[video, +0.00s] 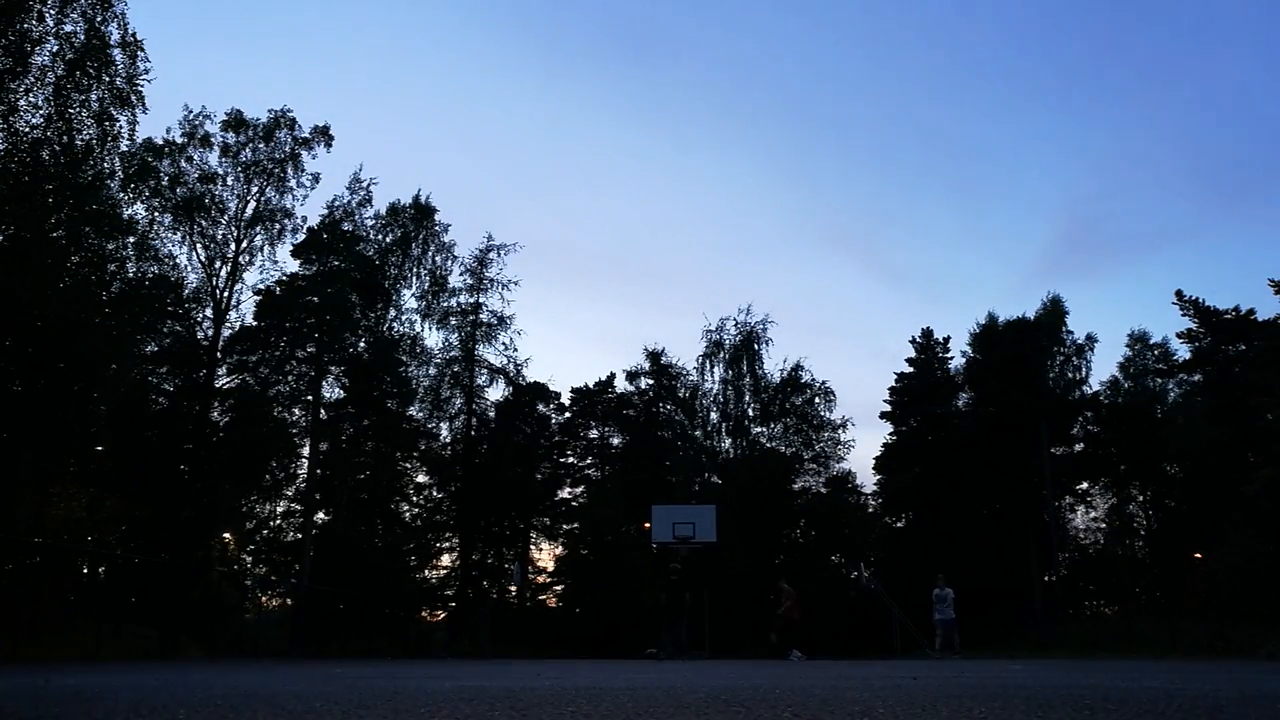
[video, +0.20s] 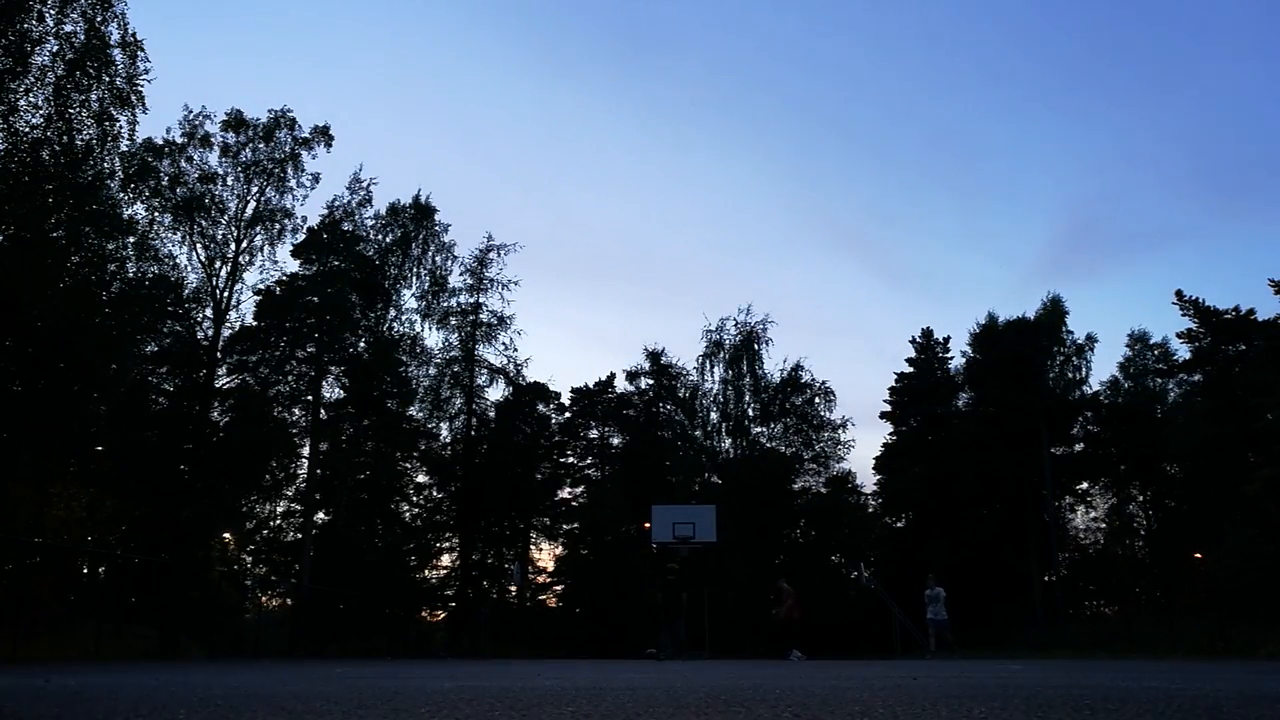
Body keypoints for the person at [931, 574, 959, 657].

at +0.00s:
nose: (941, 584)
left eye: (942, 582)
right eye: (939, 582)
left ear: (944, 583)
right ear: (938, 583)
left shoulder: (949, 592)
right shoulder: (935, 592)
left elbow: (950, 603)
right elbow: (935, 603)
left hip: (949, 616)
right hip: (939, 617)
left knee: (953, 633)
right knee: (939, 634)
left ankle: (956, 650)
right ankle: (937, 650)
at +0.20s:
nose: (931, 583)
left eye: (932, 581)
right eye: (930, 582)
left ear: (934, 582)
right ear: (928, 583)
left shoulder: (940, 591)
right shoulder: (927, 593)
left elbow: (942, 603)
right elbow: (927, 604)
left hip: (941, 616)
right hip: (931, 616)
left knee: (945, 633)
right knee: (932, 634)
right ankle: (932, 650)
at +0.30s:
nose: (927, 582)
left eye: (928, 580)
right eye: (926, 580)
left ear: (930, 580)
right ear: (924, 581)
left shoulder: (936, 589)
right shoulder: (923, 591)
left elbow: (939, 601)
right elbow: (923, 602)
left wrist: (939, 612)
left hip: (936, 616)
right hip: (926, 616)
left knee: (938, 632)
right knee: (929, 634)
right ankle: (931, 651)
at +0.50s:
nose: (920, 581)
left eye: (921, 579)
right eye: (919, 579)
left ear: (923, 579)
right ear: (917, 580)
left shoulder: (930, 588)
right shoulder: (915, 590)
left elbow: (936, 600)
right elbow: (913, 602)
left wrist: (939, 611)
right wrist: (912, 612)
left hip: (928, 613)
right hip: (919, 614)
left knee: (927, 631)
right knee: (924, 632)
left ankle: (931, 651)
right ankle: (929, 651)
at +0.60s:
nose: (916, 581)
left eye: (917, 580)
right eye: (915, 580)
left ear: (920, 580)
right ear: (914, 581)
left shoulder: (926, 589)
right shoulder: (912, 590)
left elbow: (932, 600)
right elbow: (908, 602)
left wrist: (938, 611)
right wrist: (906, 612)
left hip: (924, 614)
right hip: (916, 615)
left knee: (921, 631)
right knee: (923, 632)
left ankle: (920, 649)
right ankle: (929, 648)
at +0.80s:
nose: (908, 582)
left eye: (909, 581)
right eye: (906, 581)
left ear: (911, 581)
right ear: (905, 582)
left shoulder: (917, 590)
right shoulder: (903, 591)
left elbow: (922, 600)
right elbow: (900, 602)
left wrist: (925, 610)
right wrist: (897, 612)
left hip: (915, 614)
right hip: (906, 614)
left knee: (911, 632)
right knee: (913, 632)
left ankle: (908, 651)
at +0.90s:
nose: (903, 581)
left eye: (904, 580)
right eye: (902, 580)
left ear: (906, 580)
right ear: (900, 581)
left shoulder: (911, 589)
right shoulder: (898, 590)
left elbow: (916, 600)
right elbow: (896, 601)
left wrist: (919, 609)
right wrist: (894, 611)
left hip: (910, 613)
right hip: (901, 613)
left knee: (907, 631)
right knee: (904, 631)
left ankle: (907, 651)